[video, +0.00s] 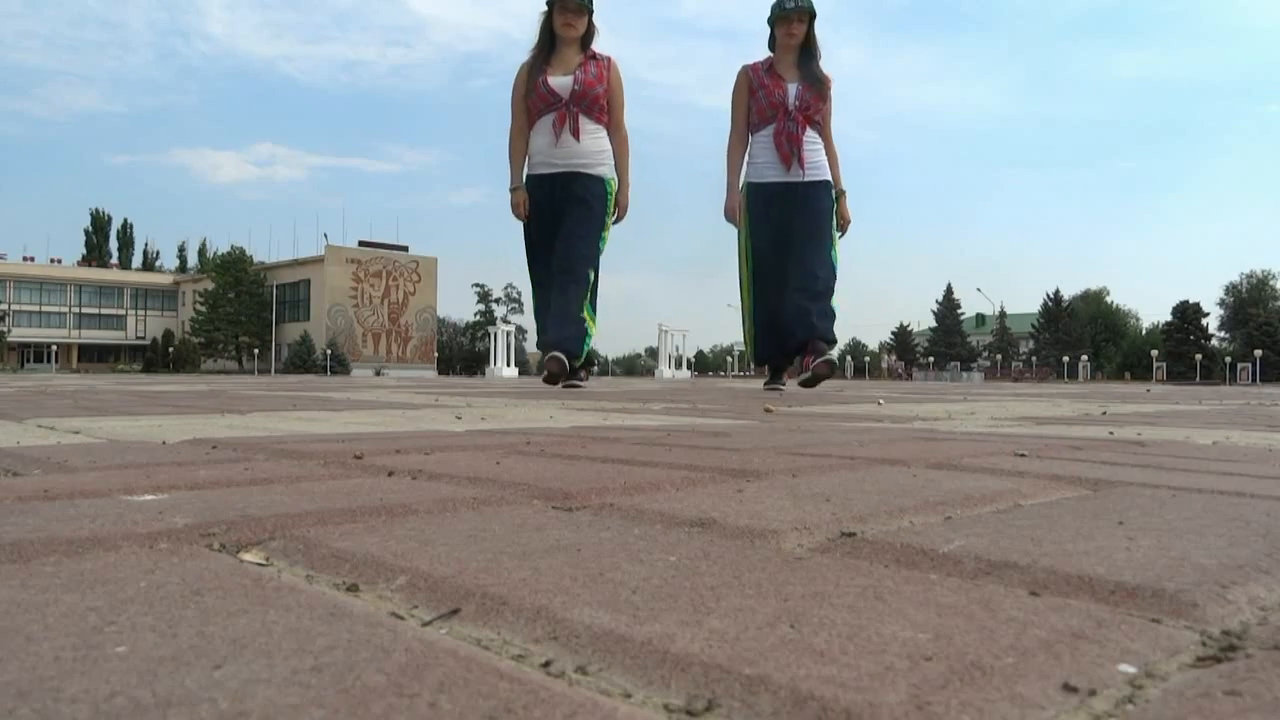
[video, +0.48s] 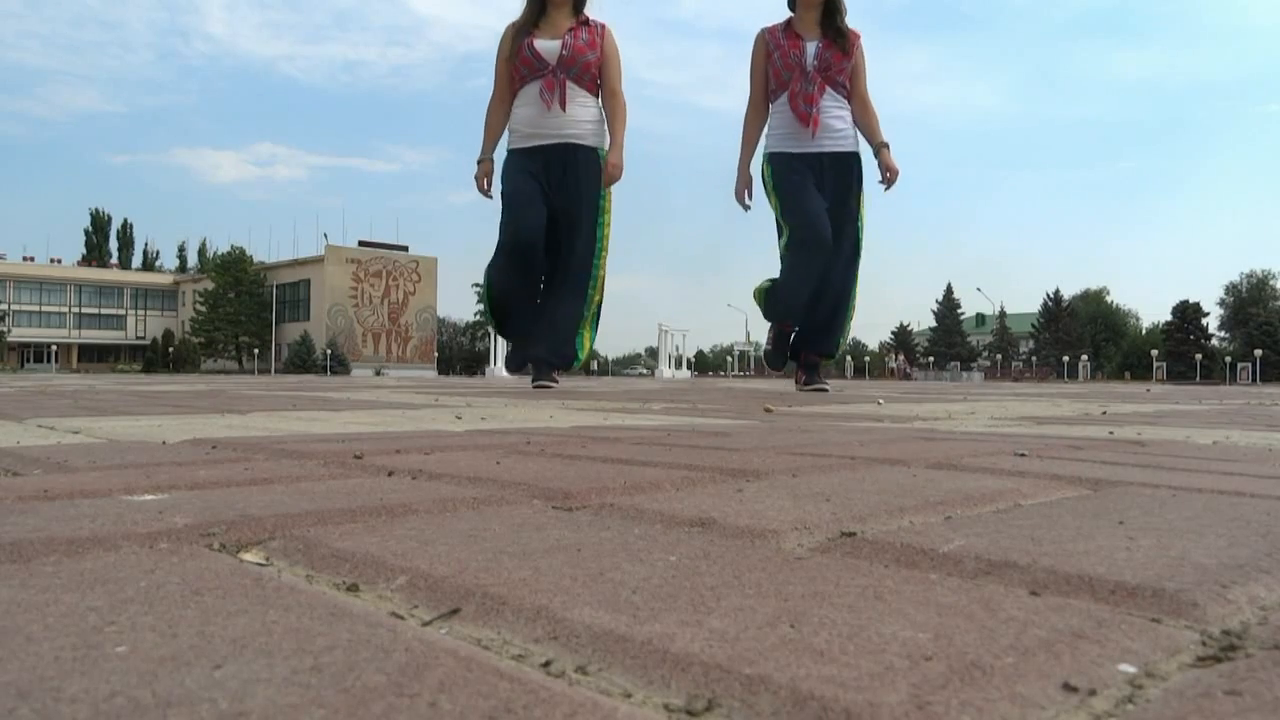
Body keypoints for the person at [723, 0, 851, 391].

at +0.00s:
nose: (792, 27)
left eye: (800, 21)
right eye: (785, 20)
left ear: (809, 27)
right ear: (773, 25)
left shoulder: (819, 80)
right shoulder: (750, 75)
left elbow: (826, 140)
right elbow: (738, 135)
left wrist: (840, 195)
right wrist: (732, 189)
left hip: (813, 186)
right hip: (764, 186)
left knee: (813, 269)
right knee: (769, 274)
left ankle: (815, 353)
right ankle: (776, 367)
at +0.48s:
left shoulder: (849, 39)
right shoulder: (769, 38)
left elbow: (860, 100)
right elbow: (758, 105)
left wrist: (881, 148)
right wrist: (744, 165)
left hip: (841, 159)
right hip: (787, 158)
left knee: (841, 256)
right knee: (814, 238)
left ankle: (812, 361)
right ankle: (782, 321)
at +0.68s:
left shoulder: (862, 26)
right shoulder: (778, 28)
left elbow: (873, 85)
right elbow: (767, 100)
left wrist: (892, 120)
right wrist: (752, 164)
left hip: (849, 151)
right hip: (794, 149)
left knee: (842, 249)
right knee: (815, 238)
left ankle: (811, 358)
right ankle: (827, 350)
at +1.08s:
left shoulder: (890, 5)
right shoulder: (790, 4)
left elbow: (895, 66)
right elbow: (780, 61)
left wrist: (916, 131)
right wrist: (763, 130)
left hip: (872, 124)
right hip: (808, 120)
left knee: (870, 242)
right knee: (817, 238)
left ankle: (843, 341)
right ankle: (846, 361)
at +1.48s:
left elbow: (911, 37)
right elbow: (784, 14)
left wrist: (935, 120)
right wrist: (775, 75)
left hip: (898, 89)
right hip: (822, 89)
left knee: (894, 212)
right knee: (833, 226)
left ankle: (894, 323)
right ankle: (847, 361)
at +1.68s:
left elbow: (936, 12)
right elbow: (799, 2)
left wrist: (966, 88)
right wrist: (778, 75)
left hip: (921, 56)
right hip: (836, 60)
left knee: (913, 210)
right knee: (841, 210)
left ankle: (893, 357)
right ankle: (840, 333)